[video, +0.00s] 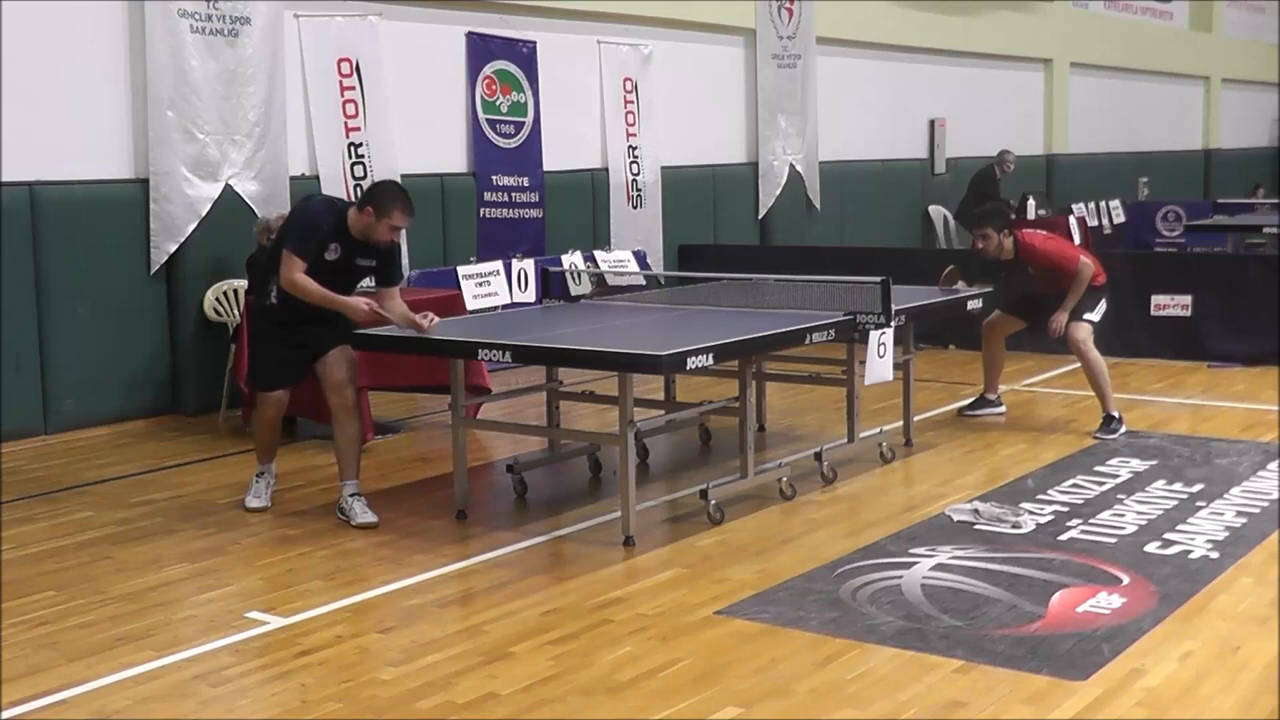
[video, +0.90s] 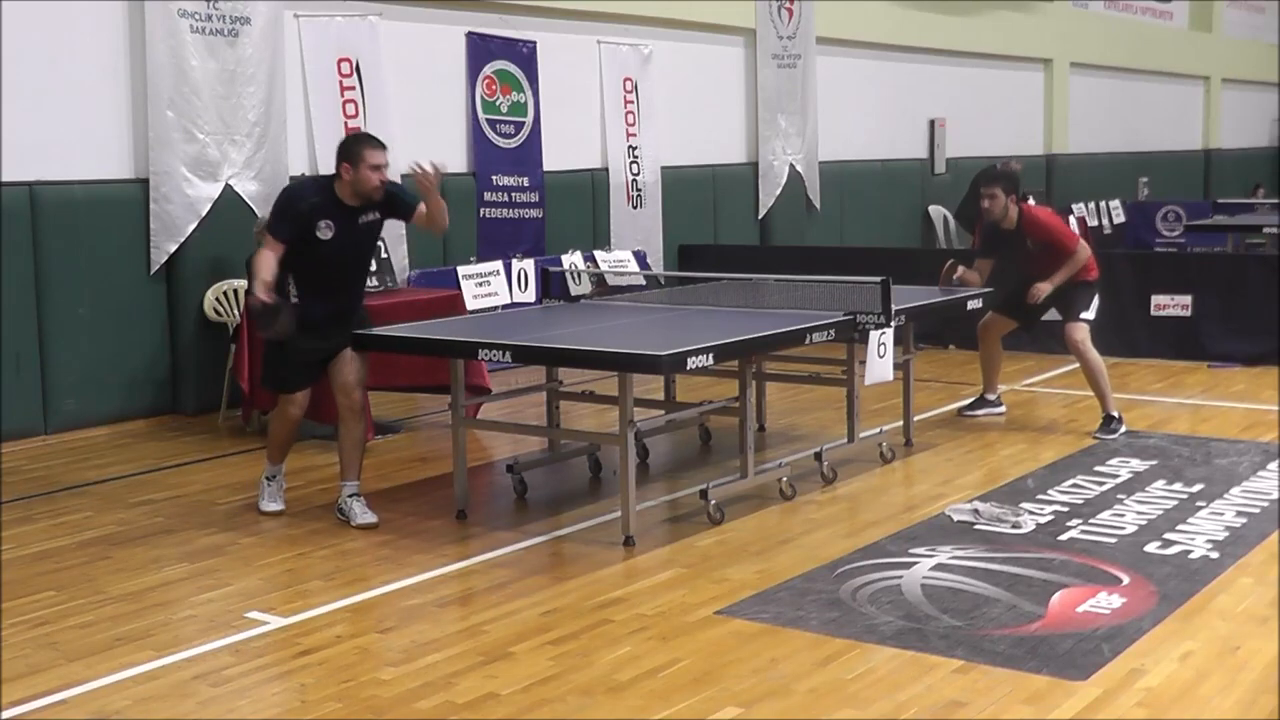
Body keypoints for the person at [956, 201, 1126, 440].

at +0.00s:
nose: (977, 245)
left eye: (984, 238)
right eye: (975, 239)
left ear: (1005, 235)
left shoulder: (1038, 248)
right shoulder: (996, 254)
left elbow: (1086, 268)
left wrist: (1064, 310)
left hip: (1089, 288)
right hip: (1045, 291)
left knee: (1079, 339)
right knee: (992, 327)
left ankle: (1111, 416)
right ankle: (990, 398)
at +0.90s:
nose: (984, 205)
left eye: (991, 198)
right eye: (981, 198)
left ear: (1011, 199)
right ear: (978, 200)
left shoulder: (1039, 220)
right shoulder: (988, 227)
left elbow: (1083, 253)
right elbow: (978, 279)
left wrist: (1050, 284)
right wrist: (962, 273)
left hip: (1078, 280)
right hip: (1037, 282)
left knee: (1076, 339)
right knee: (988, 329)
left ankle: (1111, 415)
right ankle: (990, 398)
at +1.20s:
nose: (1000, 164)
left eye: (1007, 158)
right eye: (999, 158)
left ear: (1027, 161)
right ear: (1001, 160)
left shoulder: (1055, 189)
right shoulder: (1000, 194)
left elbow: (1090, 226)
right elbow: (986, 237)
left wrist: (1061, 250)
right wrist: (973, 245)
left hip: (1069, 275)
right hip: (1027, 275)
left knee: (1079, 338)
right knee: (986, 333)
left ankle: (1112, 415)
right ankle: (989, 396)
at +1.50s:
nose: (986, 167)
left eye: (993, 161)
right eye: (984, 161)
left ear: (1014, 162)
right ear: (984, 161)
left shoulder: (1041, 189)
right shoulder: (984, 192)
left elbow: (1077, 227)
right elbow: (965, 229)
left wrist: (1047, 250)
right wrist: (939, 239)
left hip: (1054, 281)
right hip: (1011, 281)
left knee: (1072, 341)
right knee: (964, 334)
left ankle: (1111, 415)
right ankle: (949, 401)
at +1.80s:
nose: (961, 186)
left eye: (967, 179)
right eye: (960, 179)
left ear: (988, 177)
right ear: (962, 178)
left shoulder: (1019, 202)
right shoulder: (961, 206)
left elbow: (1058, 240)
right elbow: (920, 229)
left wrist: (1022, 262)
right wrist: (893, 250)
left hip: (1033, 287)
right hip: (987, 286)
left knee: (1058, 338)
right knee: (937, 334)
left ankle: (1076, 411)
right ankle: (905, 403)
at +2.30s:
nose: (937, 165)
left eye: (943, 157)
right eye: (933, 158)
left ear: (960, 155)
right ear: (929, 158)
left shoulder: (989, 175)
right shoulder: (933, 190)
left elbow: (1034, 205)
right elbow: (903, 221)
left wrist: (1039, 244)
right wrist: (871, 228)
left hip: (1012, 269)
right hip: (968, 272)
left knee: (1042, 330)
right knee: (925, 331)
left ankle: (1075, 406)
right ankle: (899, 401)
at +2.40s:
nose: (953, 157)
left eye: (959, 150)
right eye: (950, 150)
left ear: (977, 148)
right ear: (948, 151)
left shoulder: (1004, 172)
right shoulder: (948, 185)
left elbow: (1056, 182)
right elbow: (915, 226)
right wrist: (892, 225)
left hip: (1018, 271)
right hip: (974, 272)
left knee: (1044, 332)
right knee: (931, 329)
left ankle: (1077, 402)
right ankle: (929, 396)